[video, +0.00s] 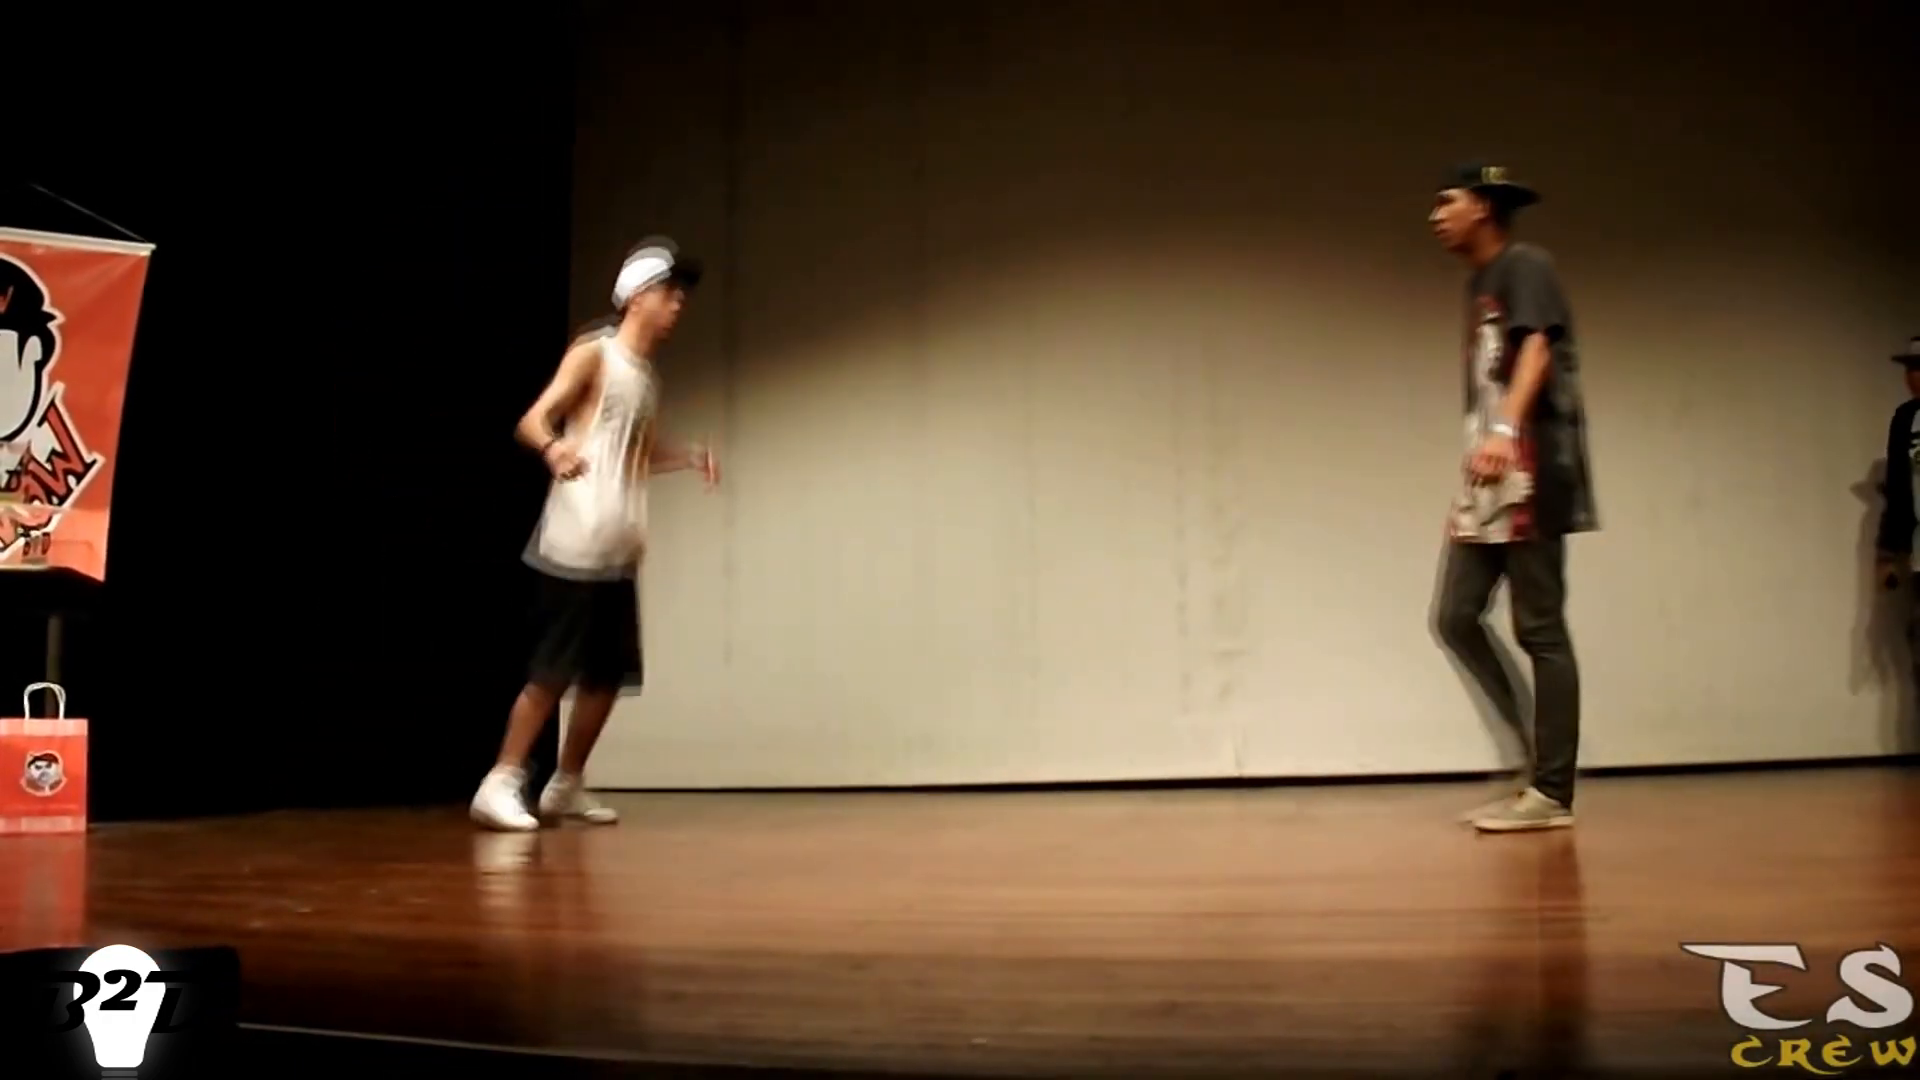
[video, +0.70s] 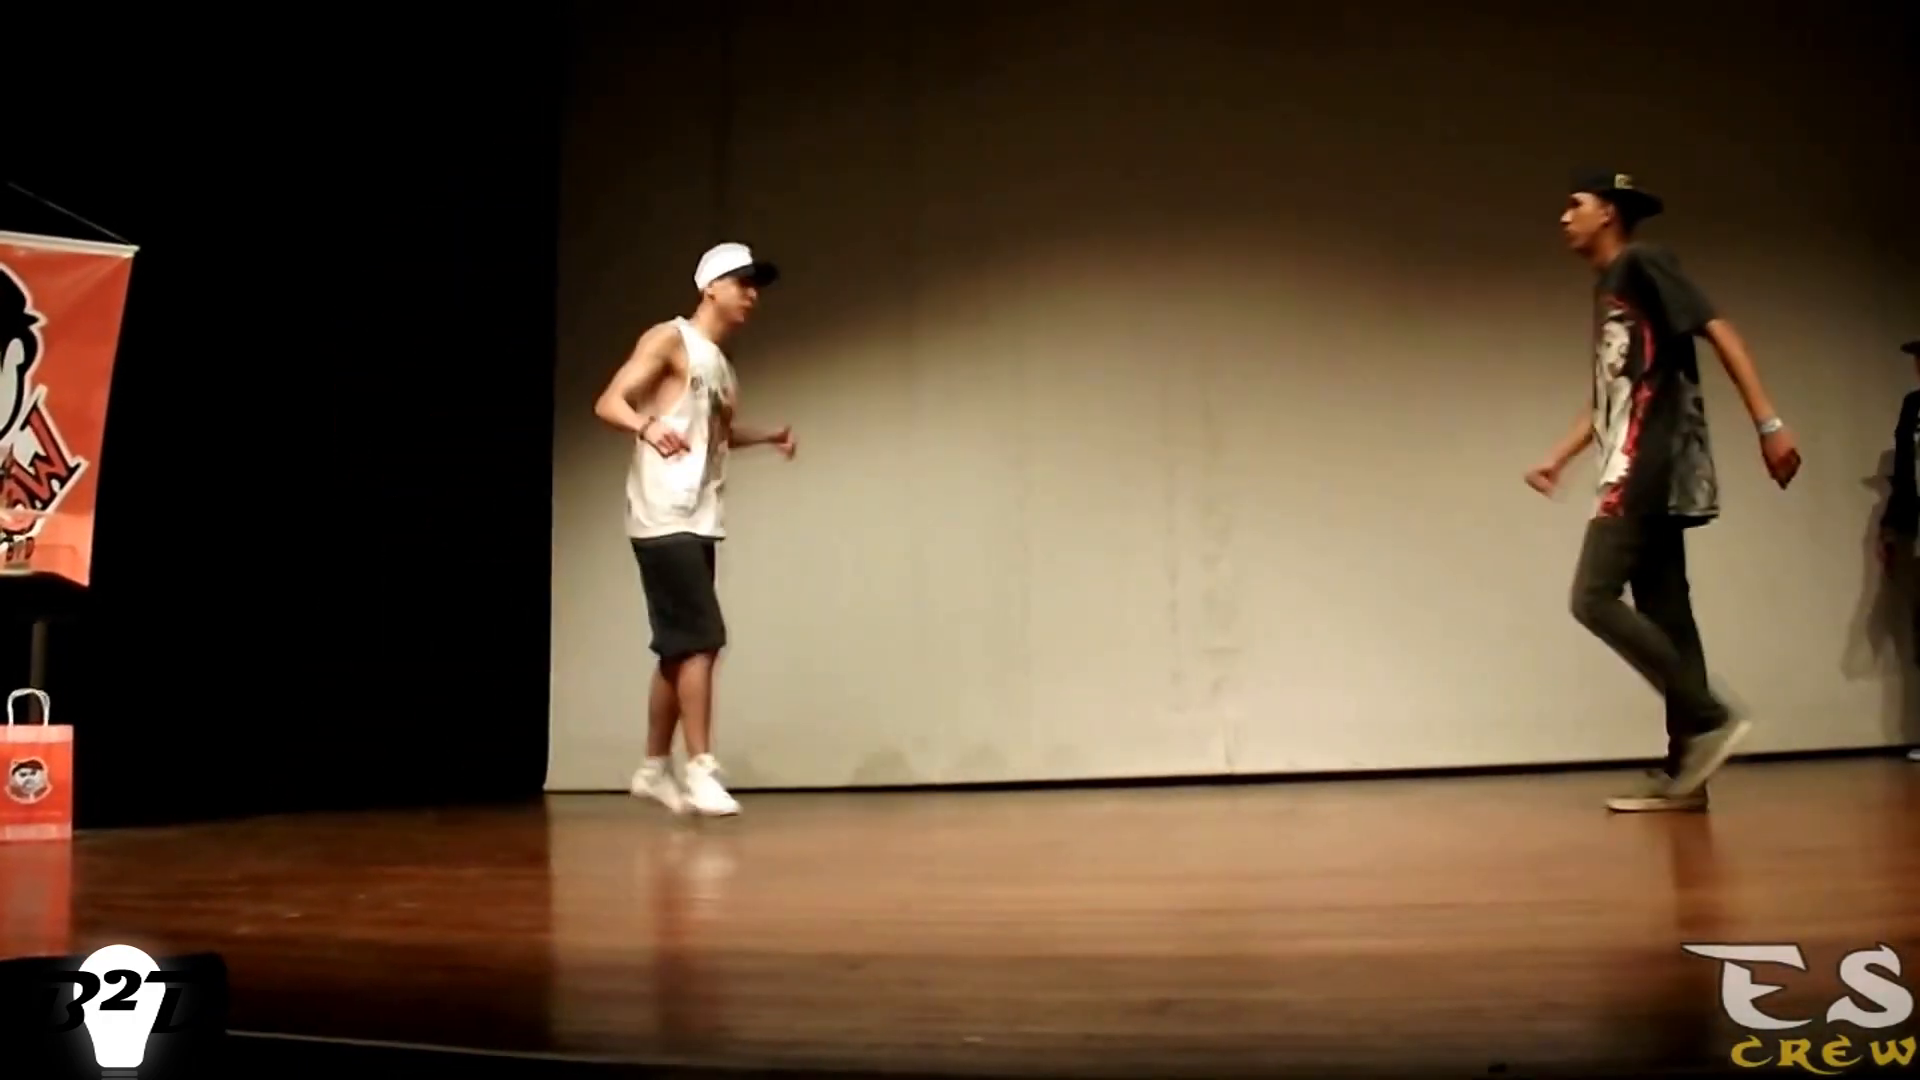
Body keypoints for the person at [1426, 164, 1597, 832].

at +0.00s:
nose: (1435, 214)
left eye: (1447, 203)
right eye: (1438, 204)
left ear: (1484, 209)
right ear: (1473, 213)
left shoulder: (1524, 268)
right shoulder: (1484, 285)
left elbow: (1537, 353)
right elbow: (1498, 382)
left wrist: (1502, 431)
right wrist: (1488, 461)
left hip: (1534, 481)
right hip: (1492, 481)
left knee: (1541, 629)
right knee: (1455, 619)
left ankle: (1553, 793)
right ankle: (1532, 761)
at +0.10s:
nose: (1458, 211)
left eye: (1470, 200)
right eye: (1460, 201)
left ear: (1505, 208)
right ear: (1494, 211)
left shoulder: (1543, 269)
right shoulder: (1503, 283)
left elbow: (1563, 364)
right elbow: (1504, 398)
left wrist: (1541, 453)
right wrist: (1488, 497)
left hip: (1544, 488)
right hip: (1507, 491)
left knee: (1547, 629)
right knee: (1499, 627)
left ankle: (1551, 791)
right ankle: (1607, 737)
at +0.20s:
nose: (1481, 213)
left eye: (1493, 202)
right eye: (1483, 203)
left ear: (1529, 211)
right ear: (1517, 216)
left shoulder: (1564, 271)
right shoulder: (1527, 286)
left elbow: (1600, 369)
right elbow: (1526, 403)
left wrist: (1595, 471)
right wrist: (1503, 488)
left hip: (1561, 488)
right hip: (1534, 491)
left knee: (1556, 630)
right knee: (1555, 628)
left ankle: (1550, 791)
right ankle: (1663, 754)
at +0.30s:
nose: (1501, 217)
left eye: (1512, 206)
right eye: (1505, 206)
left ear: (1545, 217)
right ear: (1537, 218)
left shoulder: (1582, 276)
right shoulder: (1543, 290)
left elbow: (1637, 366)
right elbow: (1534, 403)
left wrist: (1662, 471)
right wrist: (1500, 481)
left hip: (1579, 493)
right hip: (1561, 493)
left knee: (1562, 631)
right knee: (1608, 628)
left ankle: (1549, 792)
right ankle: (1684, 770)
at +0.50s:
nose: (1534, 223)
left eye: (1546, 212)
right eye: (1537, 213)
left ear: (1582, 220)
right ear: (1571, 224)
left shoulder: (1625, 274)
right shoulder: (1573, 296)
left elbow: (1699, 347)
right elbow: (1569, 398)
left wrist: (1742, 442)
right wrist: (1515, 446)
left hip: (1625, 481)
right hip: (1612, 483)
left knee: (1566, 608)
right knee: (1654, 624)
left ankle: (1583, 776)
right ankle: (1689, 776)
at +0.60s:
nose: (1551, 220)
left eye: (1562, 208)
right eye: (1553, 210)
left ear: (1598, 215)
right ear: (1589, 220)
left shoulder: (1637, 264)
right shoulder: (1591, 290)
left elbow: (1714, 334)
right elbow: (1587, 398)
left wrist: (1764, 429)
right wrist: (1534, 444)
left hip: (1635, 469)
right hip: (1632, 472)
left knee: (1572, 598)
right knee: (1660, 620)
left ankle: (1658, 748)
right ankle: (1687, 775)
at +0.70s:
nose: (1564, 218)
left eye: (1575, 207)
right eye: (1566, 208)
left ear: (1611, 215)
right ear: (1603, 219)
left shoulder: (1644, 263)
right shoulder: (1612, 286)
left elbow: (1718, 332)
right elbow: (1612, 397)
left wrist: (1769, 426)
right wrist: (1558, 457)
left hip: (1648, 467)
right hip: (1641, 469)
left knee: (1592, 600)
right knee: (1667, 612)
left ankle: (1710, 719)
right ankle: (1684, 772)